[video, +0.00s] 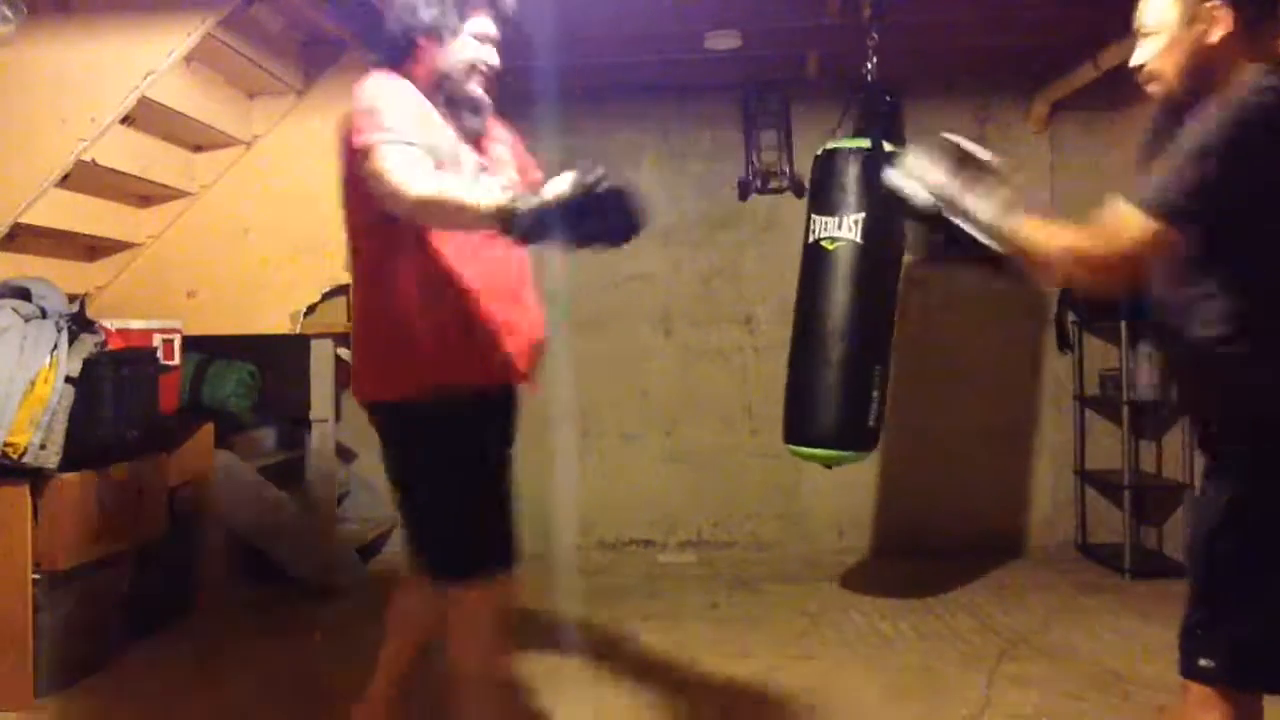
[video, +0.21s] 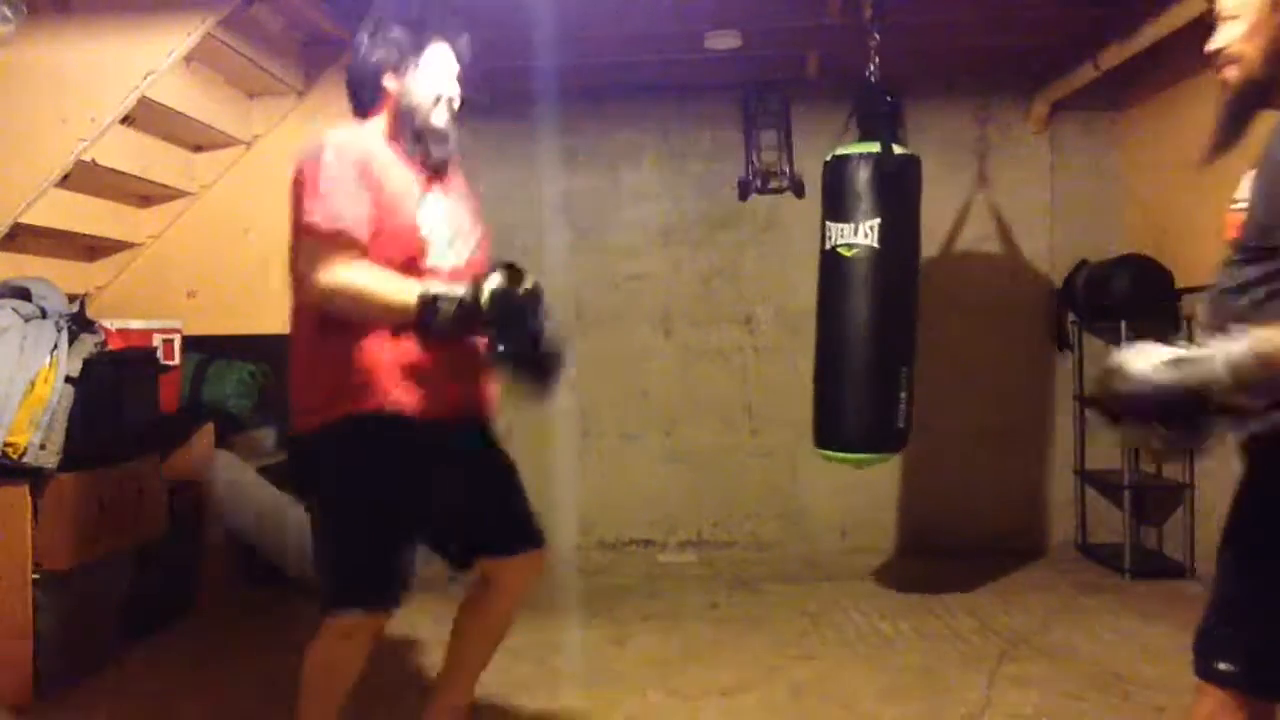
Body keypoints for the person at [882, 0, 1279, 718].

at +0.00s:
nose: (1136, 58)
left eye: (1150, 31)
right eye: (1138, 36)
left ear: (1215, 25)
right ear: (1211, 30)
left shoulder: (1247, 111)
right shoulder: (1211, 114)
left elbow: (1111, 257)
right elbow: (1115, 266)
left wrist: (984, 206)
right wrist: (997, 211)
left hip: (1259, 451)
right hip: (1243, 444)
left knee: (1215, 679)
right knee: (1233, 675)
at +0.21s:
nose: (1213, 43)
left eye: (1230, 17)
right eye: (1213, 23)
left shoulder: (1276, 144)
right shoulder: (1266, 144)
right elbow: (1250, 297)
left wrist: (1209, 366)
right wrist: (1188, 367)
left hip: (1278, 441)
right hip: (1266, 438)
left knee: (1231, 672)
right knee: (1244, 672)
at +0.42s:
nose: (1261, 49)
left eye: (1269, 33)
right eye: (1259, 38)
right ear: (1262, 57)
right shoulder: (1276, 169)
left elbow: (1272, 297)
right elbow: (1266, 296)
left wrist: (1225, 293)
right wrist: (1205, 294)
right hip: (1276, 457)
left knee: (1226, 654)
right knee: (1230, 654)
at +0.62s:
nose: (1214, 33)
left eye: (1231, 9)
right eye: (1214, 15)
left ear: (1276, 11)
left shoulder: (1274, 109)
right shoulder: (1266, 106)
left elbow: (1173, 261)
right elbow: (1224, 225)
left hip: (1272, 441)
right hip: (1267, 434)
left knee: (1197, 670)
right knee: (1224, 668)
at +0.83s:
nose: (1115, 44)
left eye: (1127, 17)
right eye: (1115, 21)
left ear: (1193, 12)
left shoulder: (1186, 118)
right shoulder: (1261, 102)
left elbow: (1082, 290)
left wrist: (1015, 170)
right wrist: (1093, 155)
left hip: (1204, 475)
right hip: (1263, 465)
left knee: (1132, 690)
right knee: (1247, 684)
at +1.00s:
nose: (1072, 17)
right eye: (1074, 1)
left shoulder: (1127, 94)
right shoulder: (1262, 77)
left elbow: (1003, 258)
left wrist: (975, 104)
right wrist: (1070, 94)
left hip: (1174, 462)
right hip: (1259, 450)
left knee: (1148, 689)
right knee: (1219, 687)